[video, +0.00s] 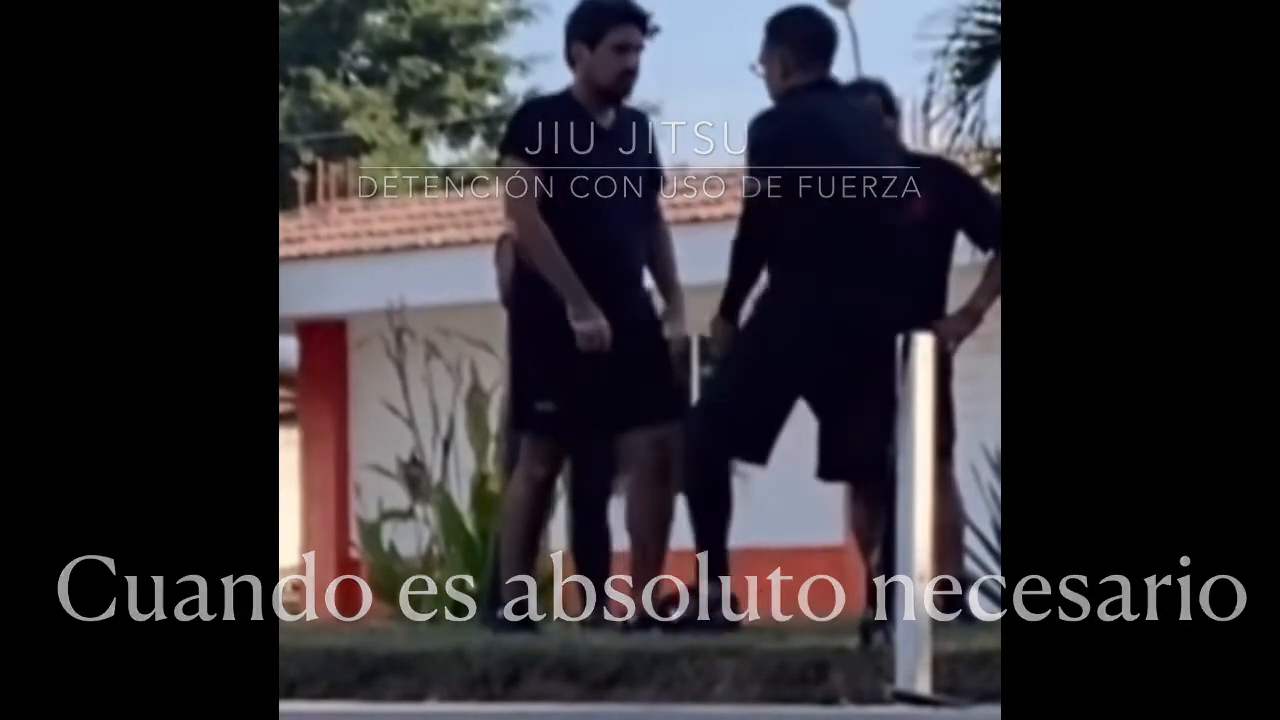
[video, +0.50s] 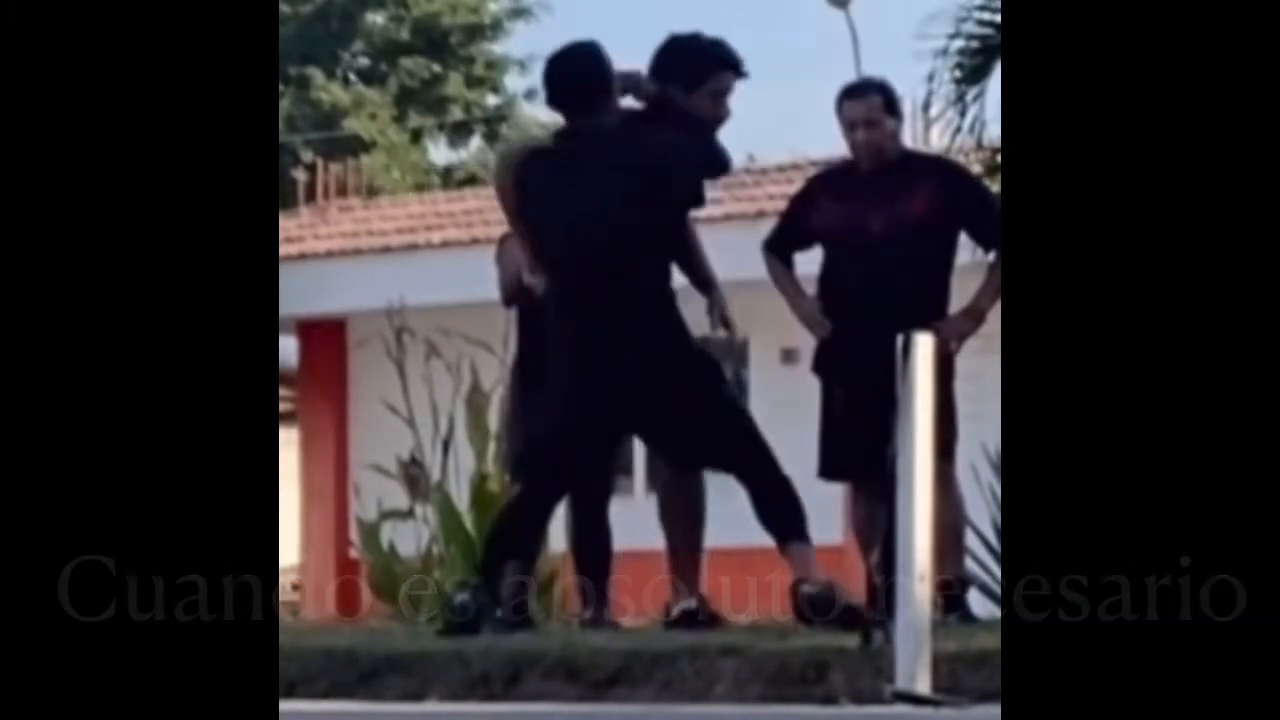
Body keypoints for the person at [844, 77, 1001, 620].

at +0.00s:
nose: (865, 133)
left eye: (873, 119)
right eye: (854, 123)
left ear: (894, 120)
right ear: (838, 130)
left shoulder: (935, 177)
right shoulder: (829, 188)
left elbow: (1000, 243)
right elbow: (790, 264)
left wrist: (967, 316)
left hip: (918, 351)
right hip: (849, 350)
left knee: (932, 474)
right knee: (864, 481)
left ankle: (948, 590)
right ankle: (879, 596)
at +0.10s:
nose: (863, 135)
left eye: (872, 122)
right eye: (852, 127)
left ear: (895, 121)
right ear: (839, 134)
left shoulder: (937, 178)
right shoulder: (830, 187)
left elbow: (999, 242)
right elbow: (796, 257)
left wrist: (969, 316)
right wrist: (809, 319)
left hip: (918, 347)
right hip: (846, 347)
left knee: (932, 472)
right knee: (862, 481)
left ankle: (948, 588)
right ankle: (878, 595)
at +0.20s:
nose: (860, 136)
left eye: (870, 124)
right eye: (850, 127)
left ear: (896, 122)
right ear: (841, 132)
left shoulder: (939, 179)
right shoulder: (822, 187)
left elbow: (1001, 242)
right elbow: (798, 267)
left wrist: (970, 314)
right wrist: (804, 334)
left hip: (918, 353)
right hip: (841, 351)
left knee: (931, 472)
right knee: (858, 478)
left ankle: (950, 590)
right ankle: (880, 594)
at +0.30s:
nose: (862, 137)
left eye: (871, 124)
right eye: (851, 127)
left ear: (897, 123)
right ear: (840, 132)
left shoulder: (941, 179)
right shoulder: (827, 187)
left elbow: (1001, 245)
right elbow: (774, 254)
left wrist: (969, 317)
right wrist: (812, 319)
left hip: (920, 353)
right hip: (848, 352)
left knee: (932, 475)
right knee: (856, 479)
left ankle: (948, 590)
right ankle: (878, 595)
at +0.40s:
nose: (862, 137)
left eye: (872, 124)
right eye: (851, 127)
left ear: (897, 123)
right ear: (841, 132)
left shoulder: (942, 179)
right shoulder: (827, 188)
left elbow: (1000, 242)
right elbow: (776, 252)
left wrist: (972, 315)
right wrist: (811, 316)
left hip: (922, 351)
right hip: (850, 350)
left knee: (934, 474)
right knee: (865, 481)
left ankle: (949, 587)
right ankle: (875, 592)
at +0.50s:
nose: (862, 137)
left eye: (872, 124)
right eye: (852, 127)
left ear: (897, 123)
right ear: (841, 132)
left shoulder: (941, 179)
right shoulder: (828, 187)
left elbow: (1001, 244)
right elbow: (775, 252)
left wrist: (972, 315)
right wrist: (812, 318)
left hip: (922, 350)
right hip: (850, 350)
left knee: (934, 474)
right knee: (864, 481)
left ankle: (949, 587)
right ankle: (878, 593)